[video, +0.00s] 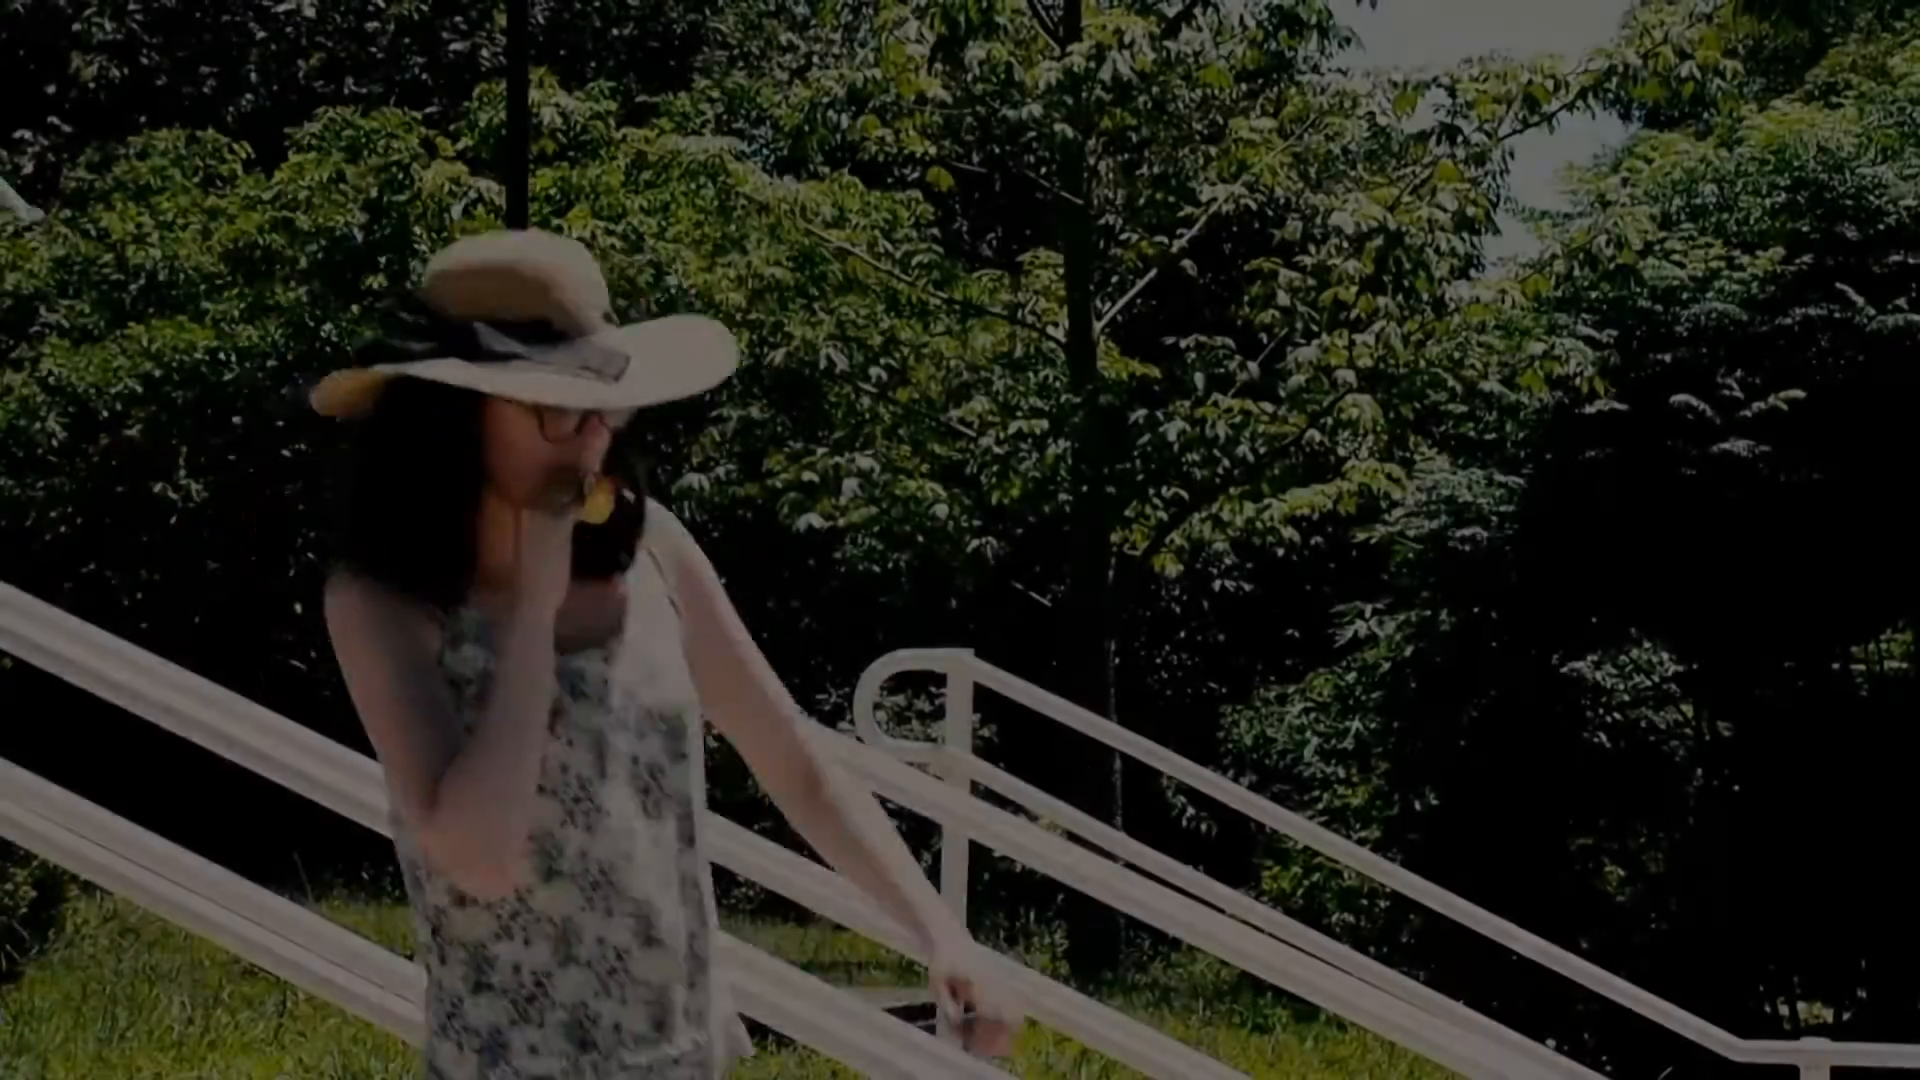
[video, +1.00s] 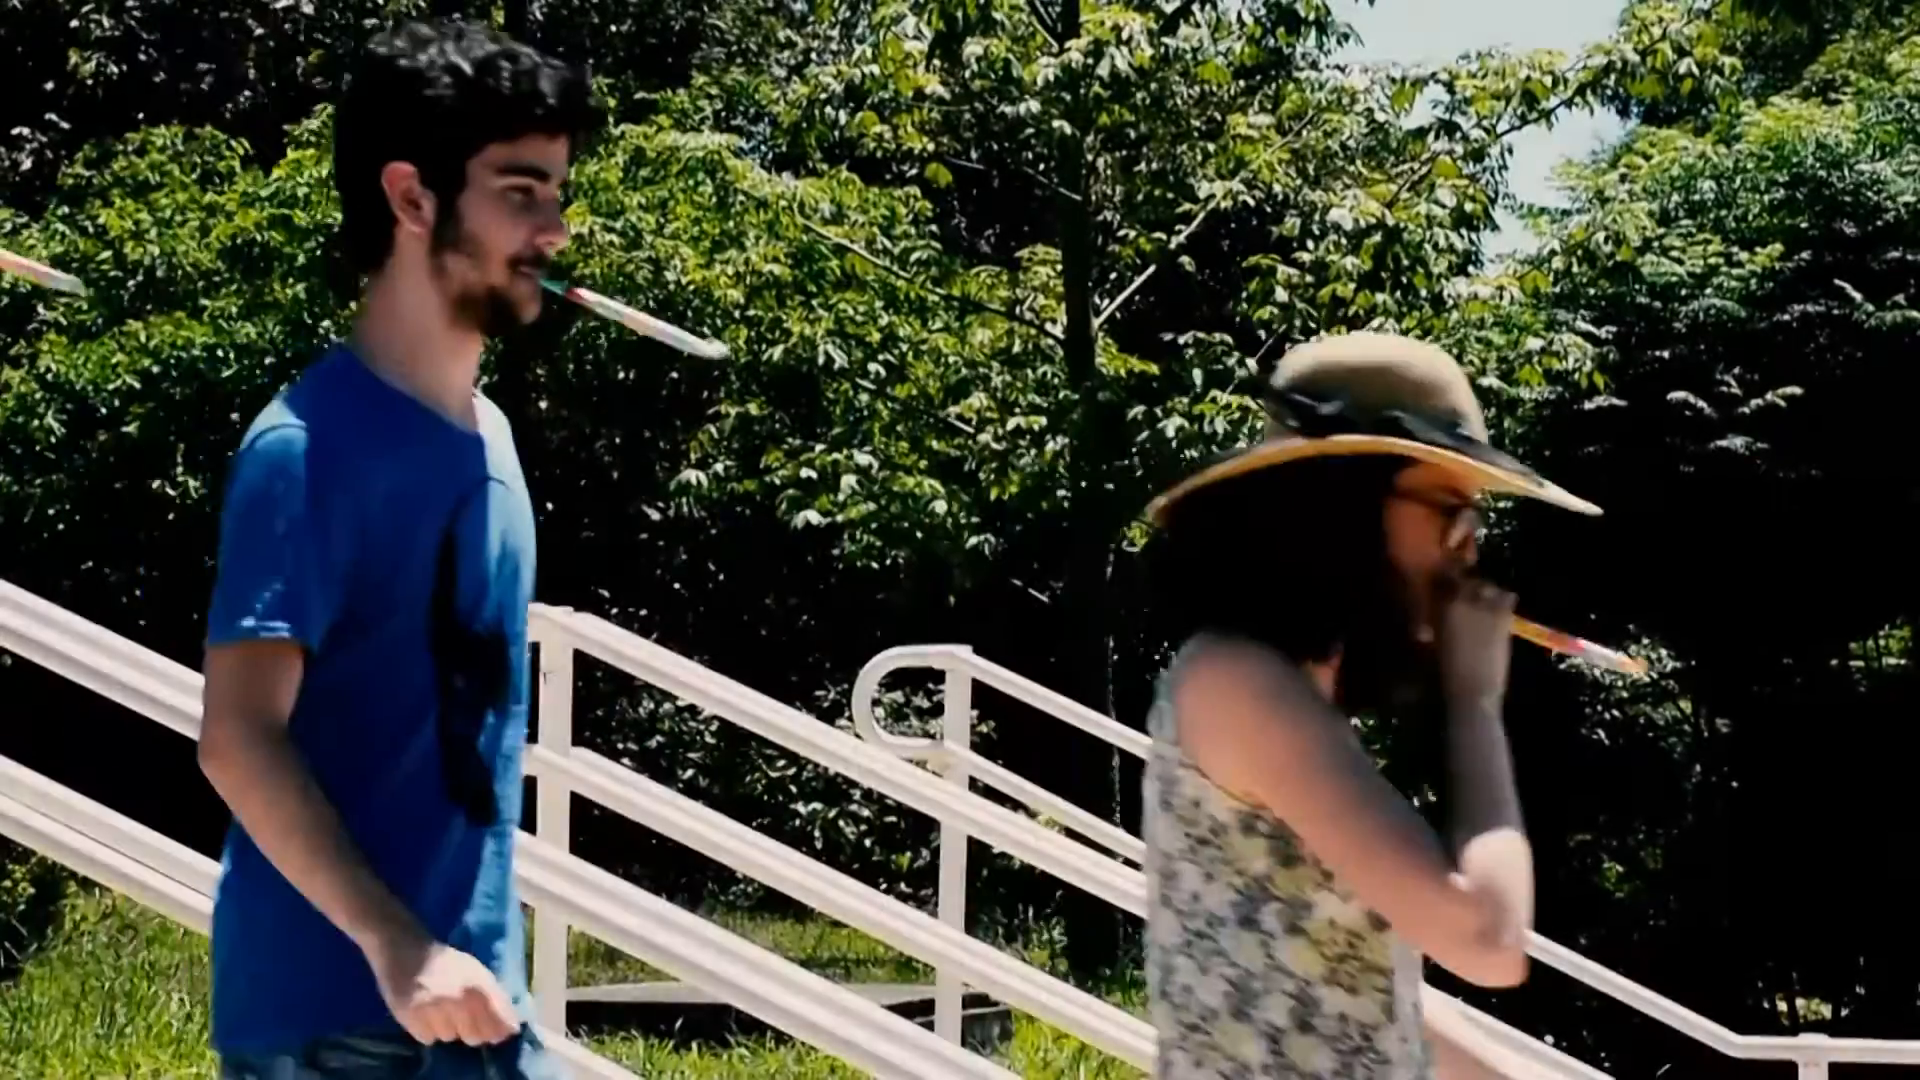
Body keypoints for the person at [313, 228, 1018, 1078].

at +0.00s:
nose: (586, 445)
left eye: (604, 414)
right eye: (549, 414)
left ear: (622, 411)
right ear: (462, 413)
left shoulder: (649, 550)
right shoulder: (382, 597)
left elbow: (800, 772)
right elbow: (482, 857)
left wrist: (942, 935)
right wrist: (536, 588)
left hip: (683, 1037)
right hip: (510, 1050)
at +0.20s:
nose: (723, 436)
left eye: (747, 407)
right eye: (689, 403)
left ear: (766, 413)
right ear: (597, 403)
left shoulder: (791, 547)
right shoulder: (494, 588)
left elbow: (964, 771)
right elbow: (555, 850)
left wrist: (1138, 961)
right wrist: (643, 597)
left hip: (798, 1040)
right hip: (602, 1051)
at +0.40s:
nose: (855, 466)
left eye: (876, 433)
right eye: (817, 435)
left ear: (900, 435)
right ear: (732, 432)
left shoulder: (936, 569)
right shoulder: (626, 608)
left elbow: (1072, 799)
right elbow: (669, 892)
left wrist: (1188, 1013)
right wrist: (771, 637)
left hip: (936, 1047)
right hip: (727, 1056)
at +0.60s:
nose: (1054, 580)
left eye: (1063, 551)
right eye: (1015, 554)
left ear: (1078, 554)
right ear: (911, 550)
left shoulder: (1081, 691)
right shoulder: (797, 739)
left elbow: (1166, 961)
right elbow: (905, 1022)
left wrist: (1219, 1071)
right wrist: (987, 767)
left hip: (1091, 1064)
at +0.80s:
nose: (1259, 561)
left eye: (1269, 532)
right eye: (1230, 525)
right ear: (1120, 522)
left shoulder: (1184, 713)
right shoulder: (995, 705)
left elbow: (1264, 982)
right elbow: (1197, 970)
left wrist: (1324, 1072)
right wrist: (1241, 718)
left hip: (1225, 1066)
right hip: (1055, 1065)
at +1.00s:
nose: (1468, 541)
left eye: (1470, 513)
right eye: (1446, 508)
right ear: (1344, 506)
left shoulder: (1280, 691)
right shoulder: (1232, 683)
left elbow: (1357, 996)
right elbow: (1491, 943)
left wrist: (1509, 1068)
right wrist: (1476, 695)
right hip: (1285, 1061)